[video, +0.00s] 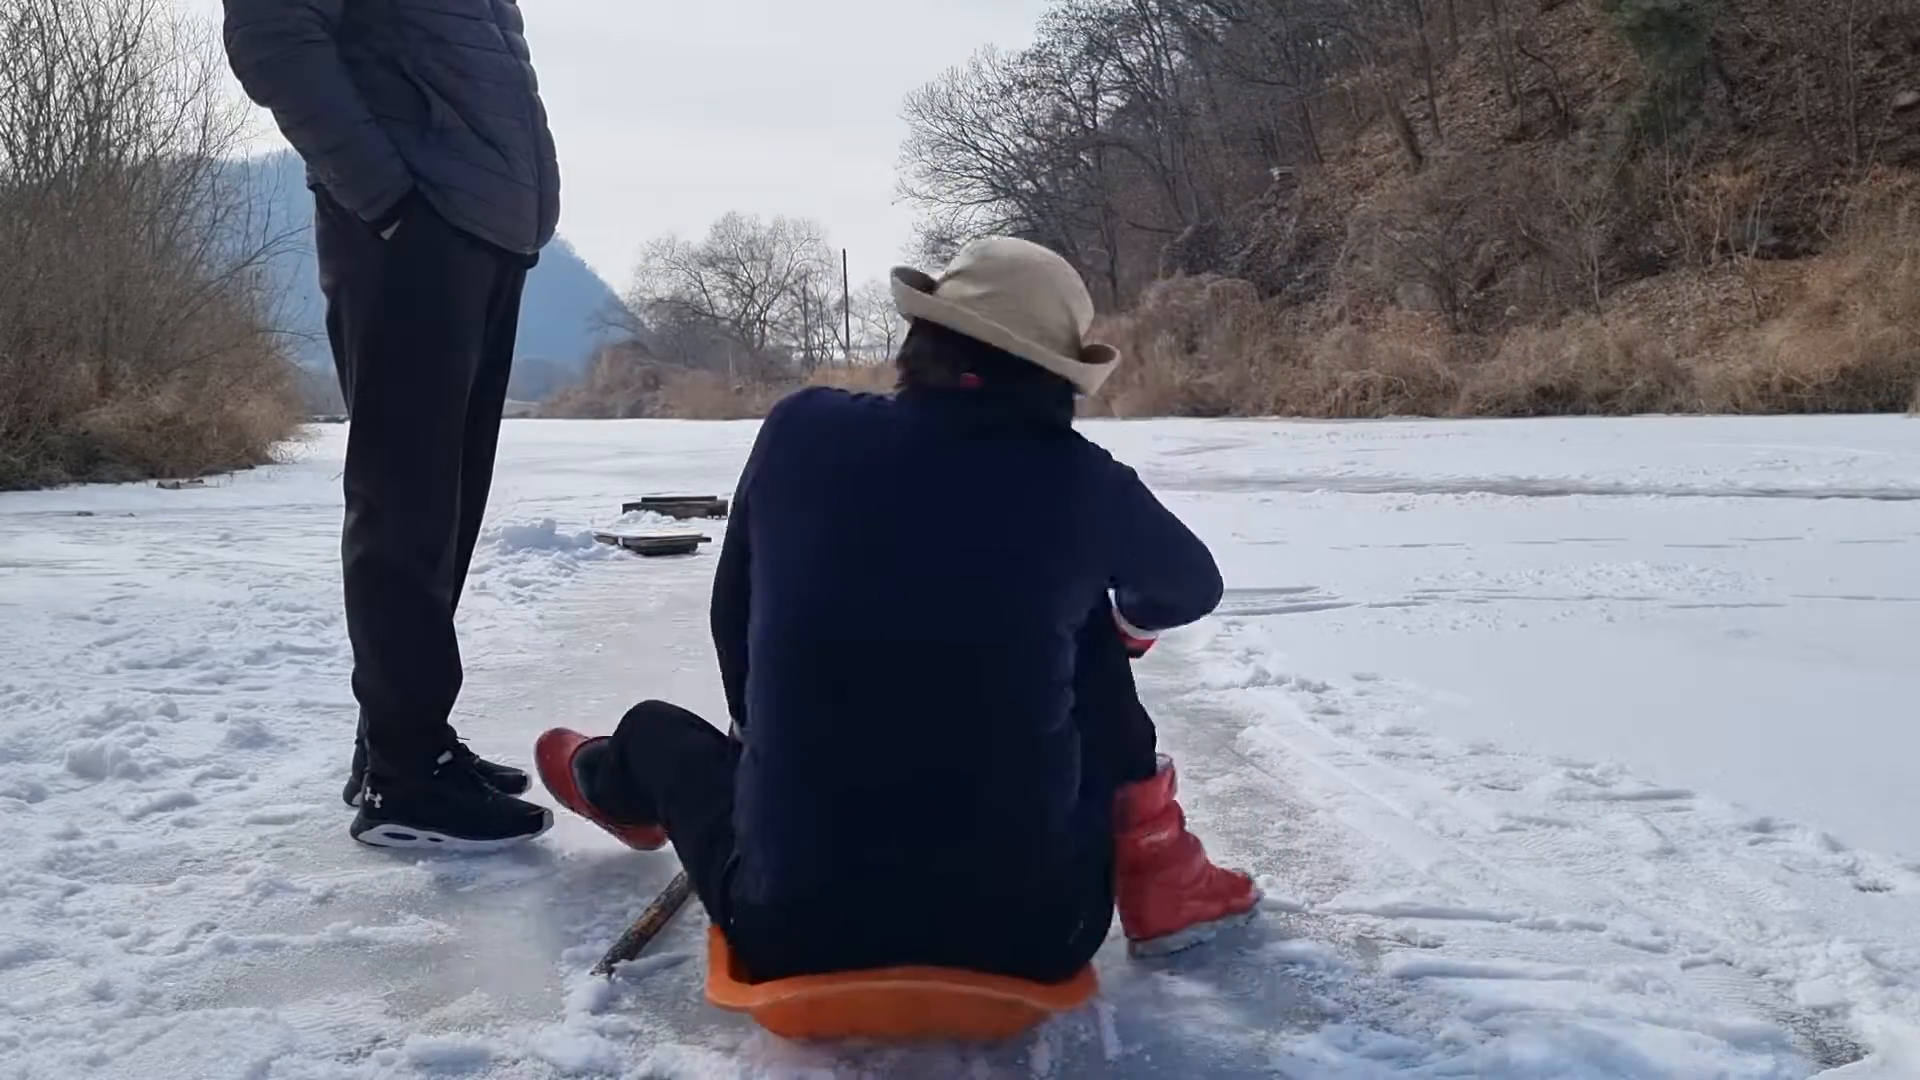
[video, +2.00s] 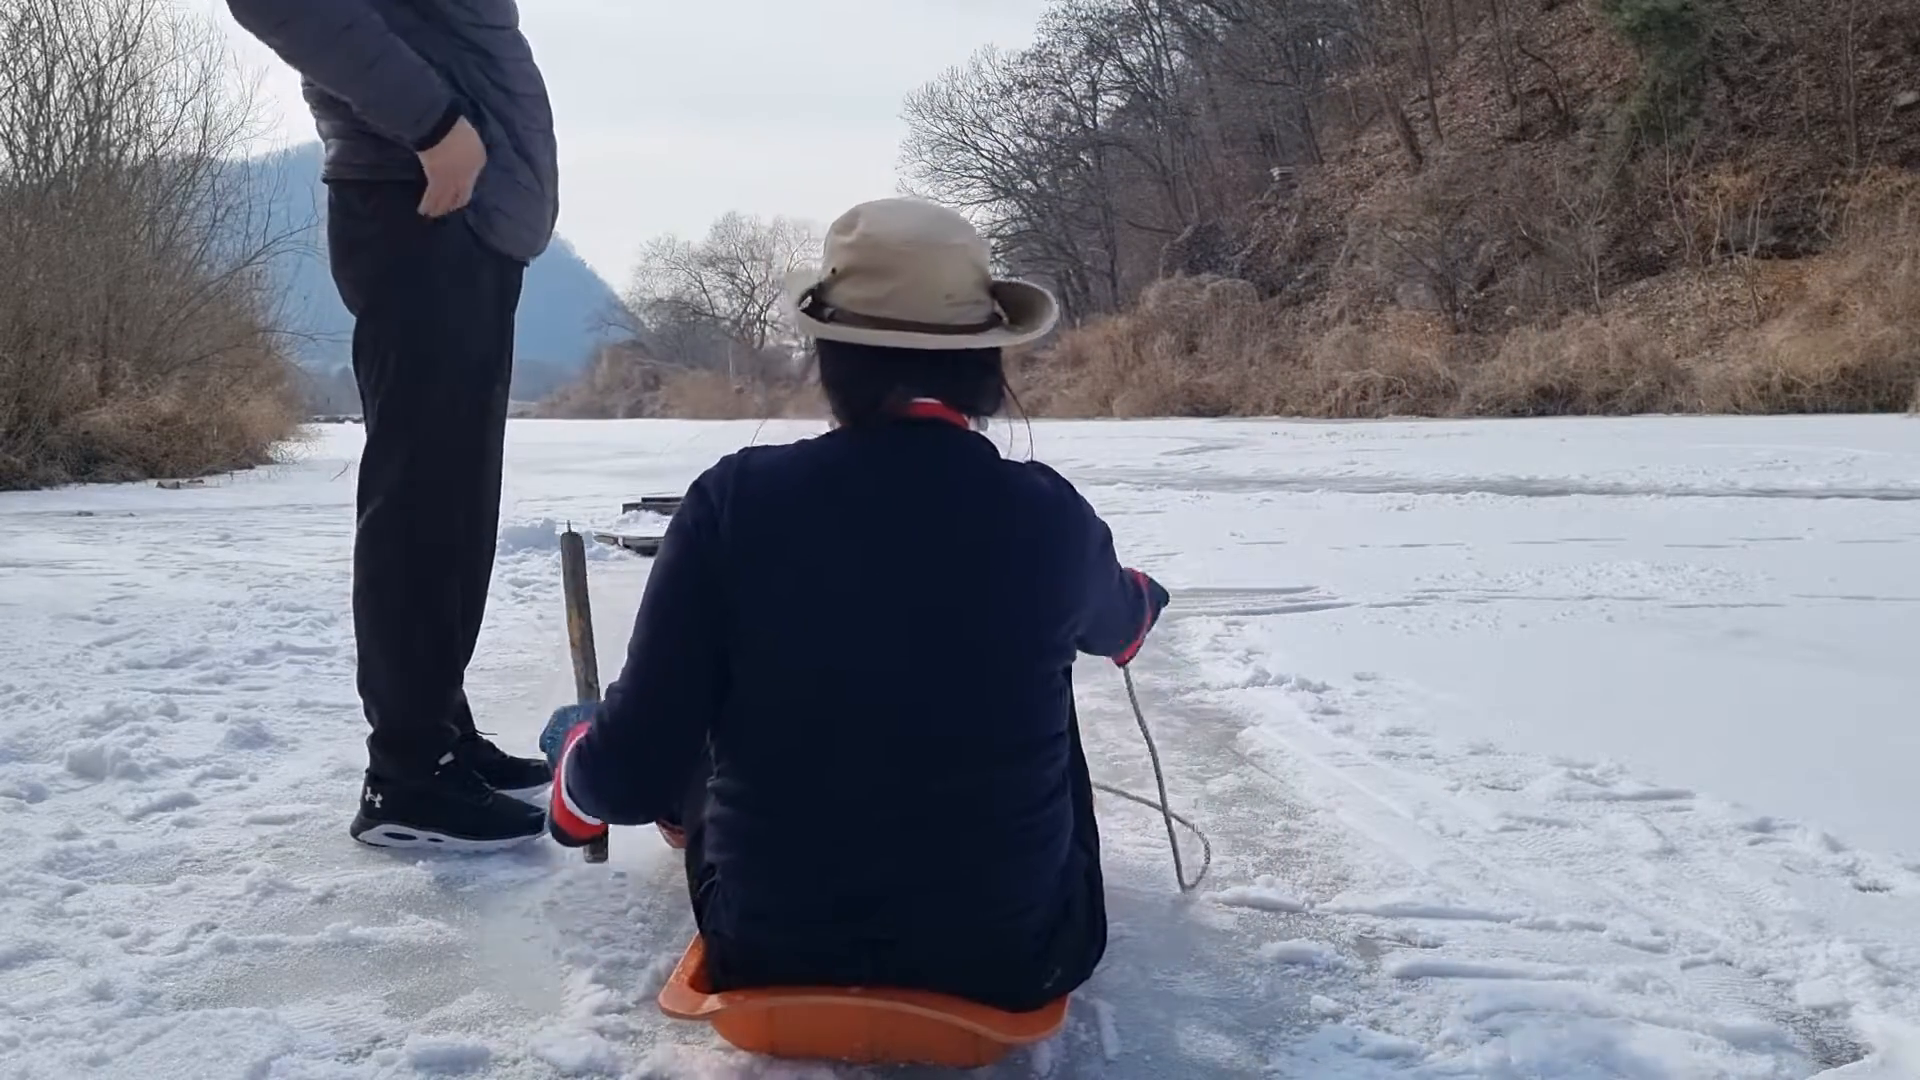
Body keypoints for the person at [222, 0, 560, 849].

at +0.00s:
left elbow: (485, 46)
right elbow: (269, 35)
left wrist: (518, 195)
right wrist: (386, 198)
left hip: (486, 234)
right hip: (409, 225)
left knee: (444, 505)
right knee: (403, 505)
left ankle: (415, 750)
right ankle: (401, 774)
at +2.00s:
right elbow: (271, 5)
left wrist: (476, 128)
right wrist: (435, 122)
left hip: (467, 207)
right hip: (416, 203)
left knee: (461, 485)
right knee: (422, 483)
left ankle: (439, 737)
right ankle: (405, 773)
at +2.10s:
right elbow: (325, 25)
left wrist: (507, 172)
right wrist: (483, 162)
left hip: (466, 209)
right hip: (411, 204)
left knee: (460, 482)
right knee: (421, 484)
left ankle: (441, 737)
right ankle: (404, 775)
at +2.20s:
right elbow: (397, 53)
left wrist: (528, 212)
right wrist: (539, 216)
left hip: (459, 209)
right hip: (408, 207)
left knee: (461, 481)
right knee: (422, 479)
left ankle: (438, 738)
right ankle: (406, 771)